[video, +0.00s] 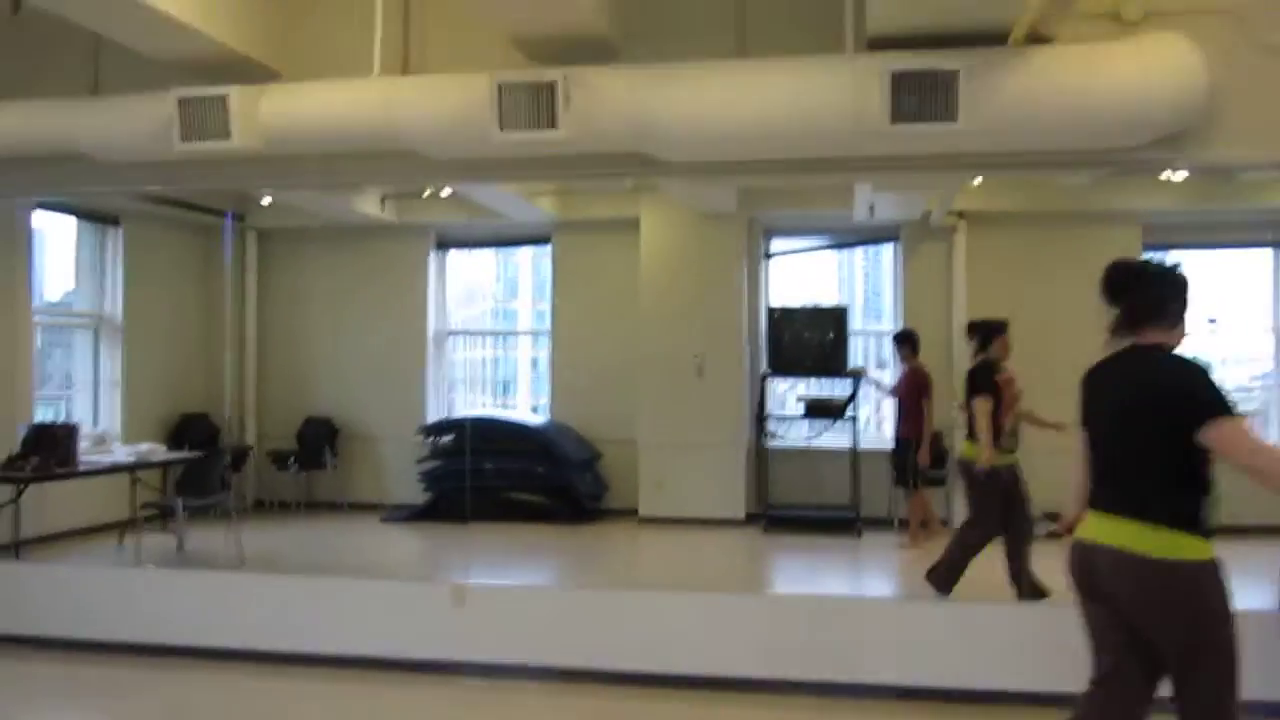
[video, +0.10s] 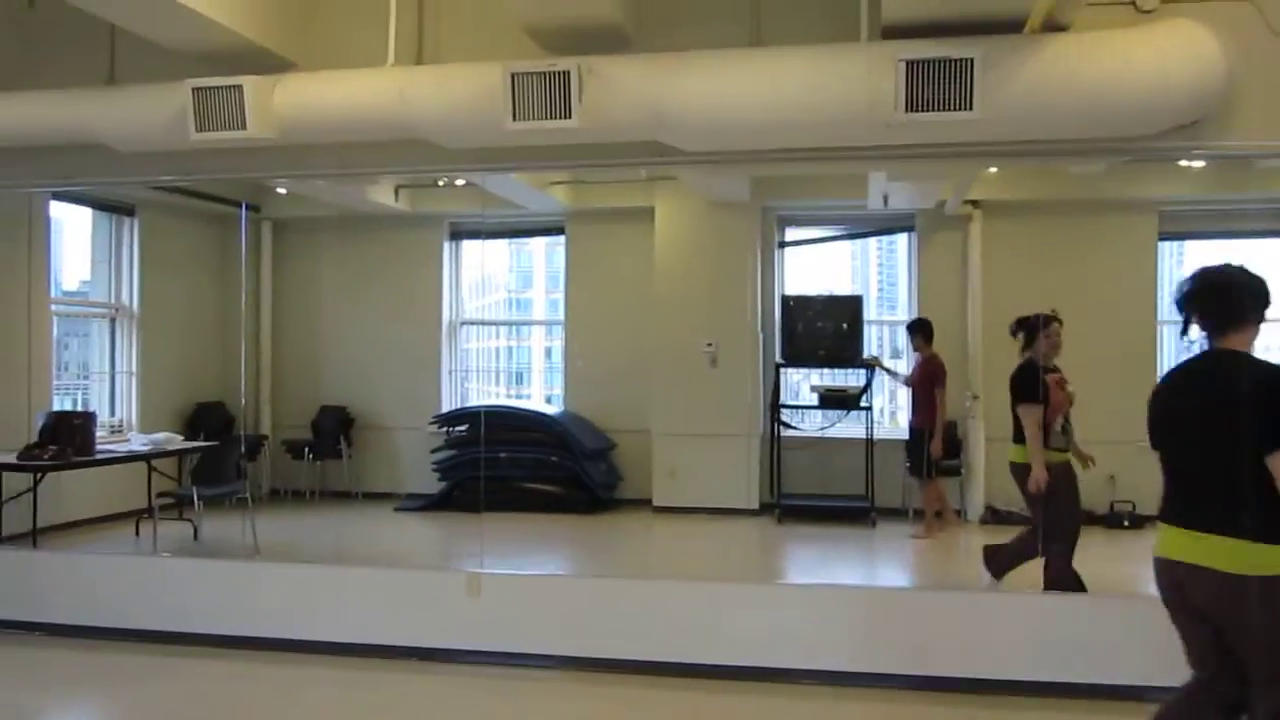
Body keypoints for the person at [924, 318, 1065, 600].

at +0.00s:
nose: (1008, 345)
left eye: (1007, 340)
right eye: (1004, 340)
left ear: (992, 342)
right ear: (993, 342)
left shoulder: (1000, 373)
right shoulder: (982, 372)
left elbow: (1015, 410)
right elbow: (982, 411)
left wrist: (1048, 424)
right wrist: (986, 450)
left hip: (1004, 461)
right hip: (982, 460)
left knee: (1018, 522)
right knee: (987, 520)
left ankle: (1024, 583)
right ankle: (942, 574)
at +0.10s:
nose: (1058, 341)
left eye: (1059, 336)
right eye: (1052, 336)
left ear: (1057, 337)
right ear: (1037, 339)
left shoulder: (1052, 371)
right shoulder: (1027, 374)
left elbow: (1058, 419)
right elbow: (1030, 425)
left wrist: (1077, 450)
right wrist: (1038, 466)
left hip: (1057, 460)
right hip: (1032, 462)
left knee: (1067, 524)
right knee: (1051, 527)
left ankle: (1060, 585)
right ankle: (999, 560)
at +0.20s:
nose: (1076, 336)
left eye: (1078, 330)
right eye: (1069, 331)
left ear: (1080, 334)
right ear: (1054, 334)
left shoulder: (1078, 367)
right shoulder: (1044, 372)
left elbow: (1081, 415)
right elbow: (1043, 419)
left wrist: (1085, 458)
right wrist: (1047, 460)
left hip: (1075, 458)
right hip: (1056, 462)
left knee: (1065, 522)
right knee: (1092, 519)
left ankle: (1042, 580)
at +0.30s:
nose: (1106, 319)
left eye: (1109, 314)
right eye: (1098, 314)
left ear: (1113, 318)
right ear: (1083, 320)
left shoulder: (1117, 351)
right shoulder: (1073, 357)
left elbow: (1126, 397)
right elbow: (1065, 400)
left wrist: (1149, 426)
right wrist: (1060, 426)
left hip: (1110, 446)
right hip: (1086, 447)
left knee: (1086, 511)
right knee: (1121, 512)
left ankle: (1048, 566)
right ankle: (1131, 579)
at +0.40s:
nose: (1138, 329)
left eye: (1141, 323)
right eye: (1131, 325)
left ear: (1145, 326)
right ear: (1115, 331)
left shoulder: (1152, 357)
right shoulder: (1110, 363)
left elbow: (1174, 383)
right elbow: (1091, 405)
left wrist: (1204, 393)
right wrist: (1075, 401)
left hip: (1147, 454)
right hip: (1124, 455)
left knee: (1137, 521)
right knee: (1154, 523)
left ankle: (1080, 566)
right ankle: (1164, 585)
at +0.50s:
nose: (1178, 335)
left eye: (1179, 329)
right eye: (1170, 331)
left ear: (1181, 333)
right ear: (1153, 339)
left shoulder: (1187, 369)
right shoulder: (1149, 372)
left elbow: (1208, 380)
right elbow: (1126, 409)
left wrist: (1242, 365)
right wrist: (1116, 395)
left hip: (1182, 465)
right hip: (1154, 467)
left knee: (1202, 530)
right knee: (1192, 531)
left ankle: (1147, 569)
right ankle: (1182, 600)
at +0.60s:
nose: (1217, 331)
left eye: (1218, 325)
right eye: (1211, 326)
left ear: (1217, 328)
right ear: (1194, 330)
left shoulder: (1217, 362)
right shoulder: (1186, 364)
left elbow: (1238, 380)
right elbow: (1172, 410)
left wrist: (1274, 376)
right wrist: (1174, 412)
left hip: (1218, 463)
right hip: (1187, 465)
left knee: (1247, 526)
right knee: (1204, 533)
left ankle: (1222, 594)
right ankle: (1178, 599)